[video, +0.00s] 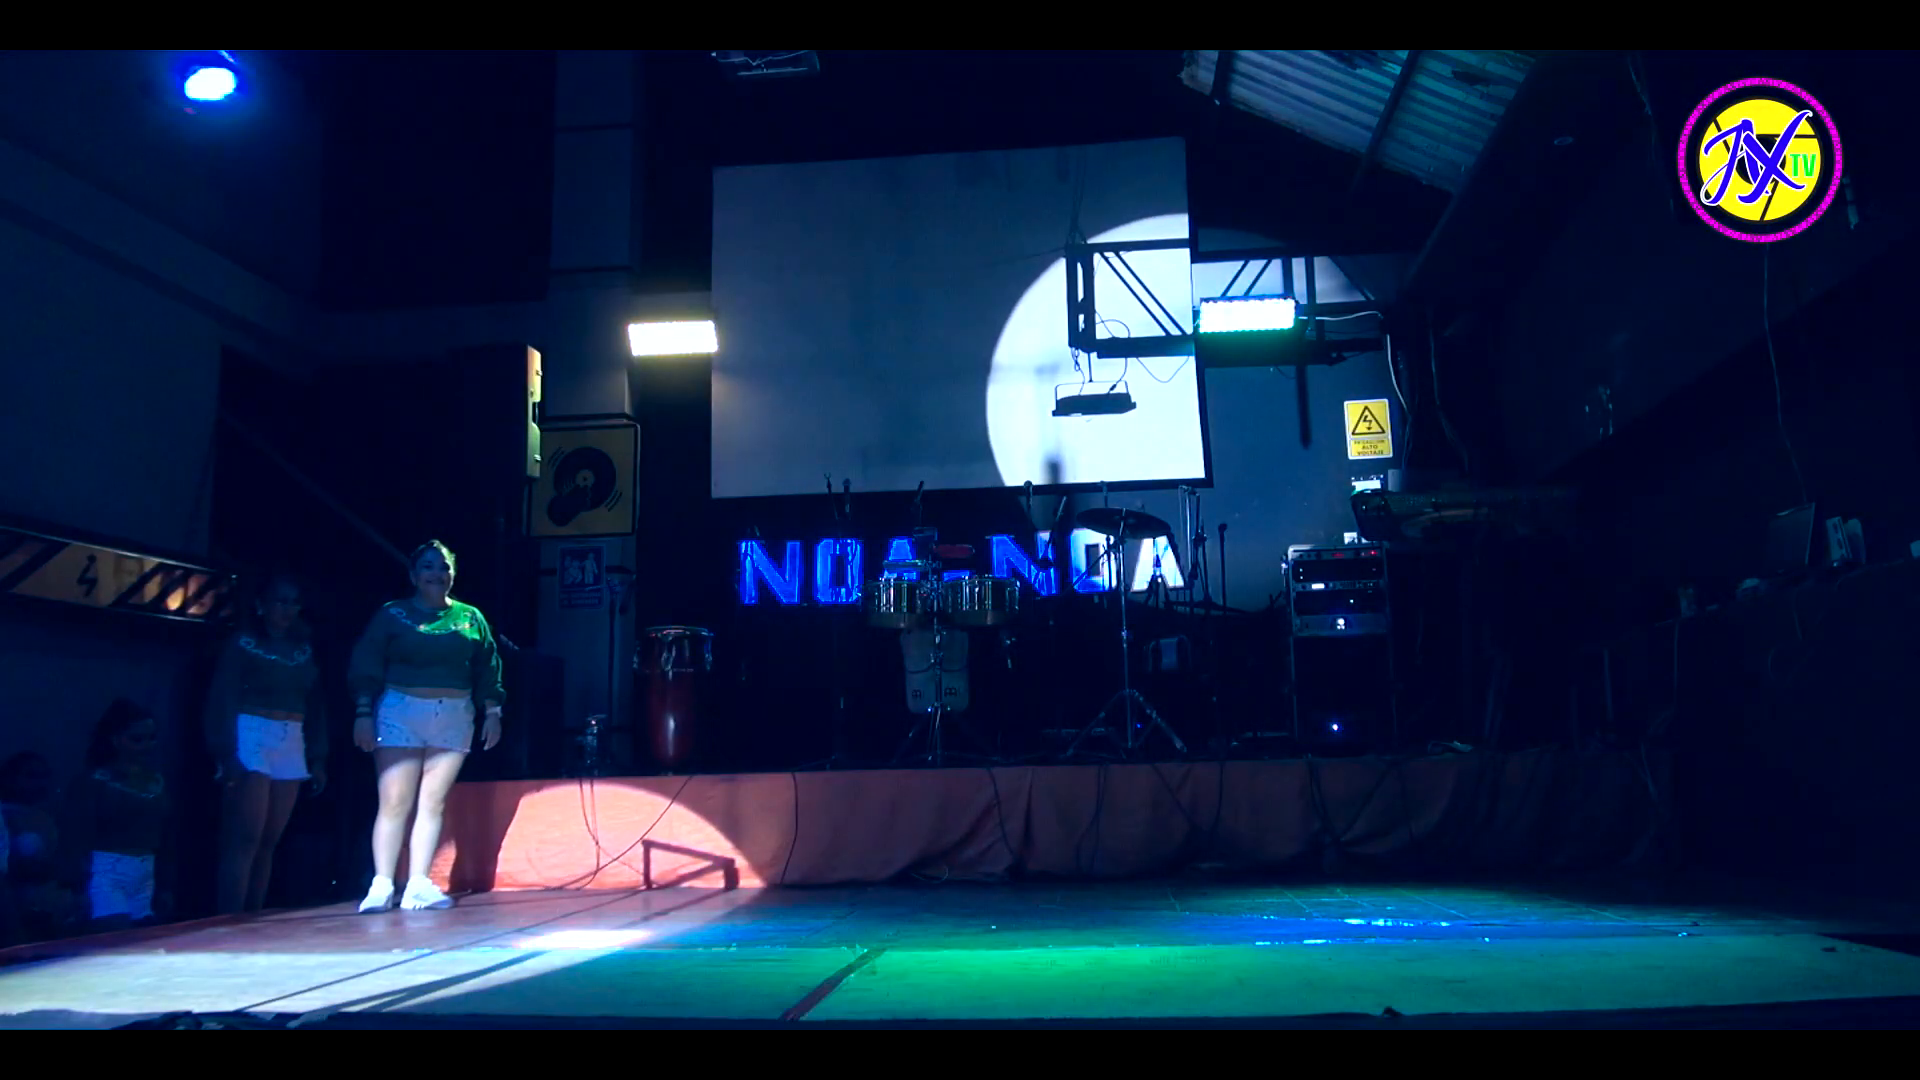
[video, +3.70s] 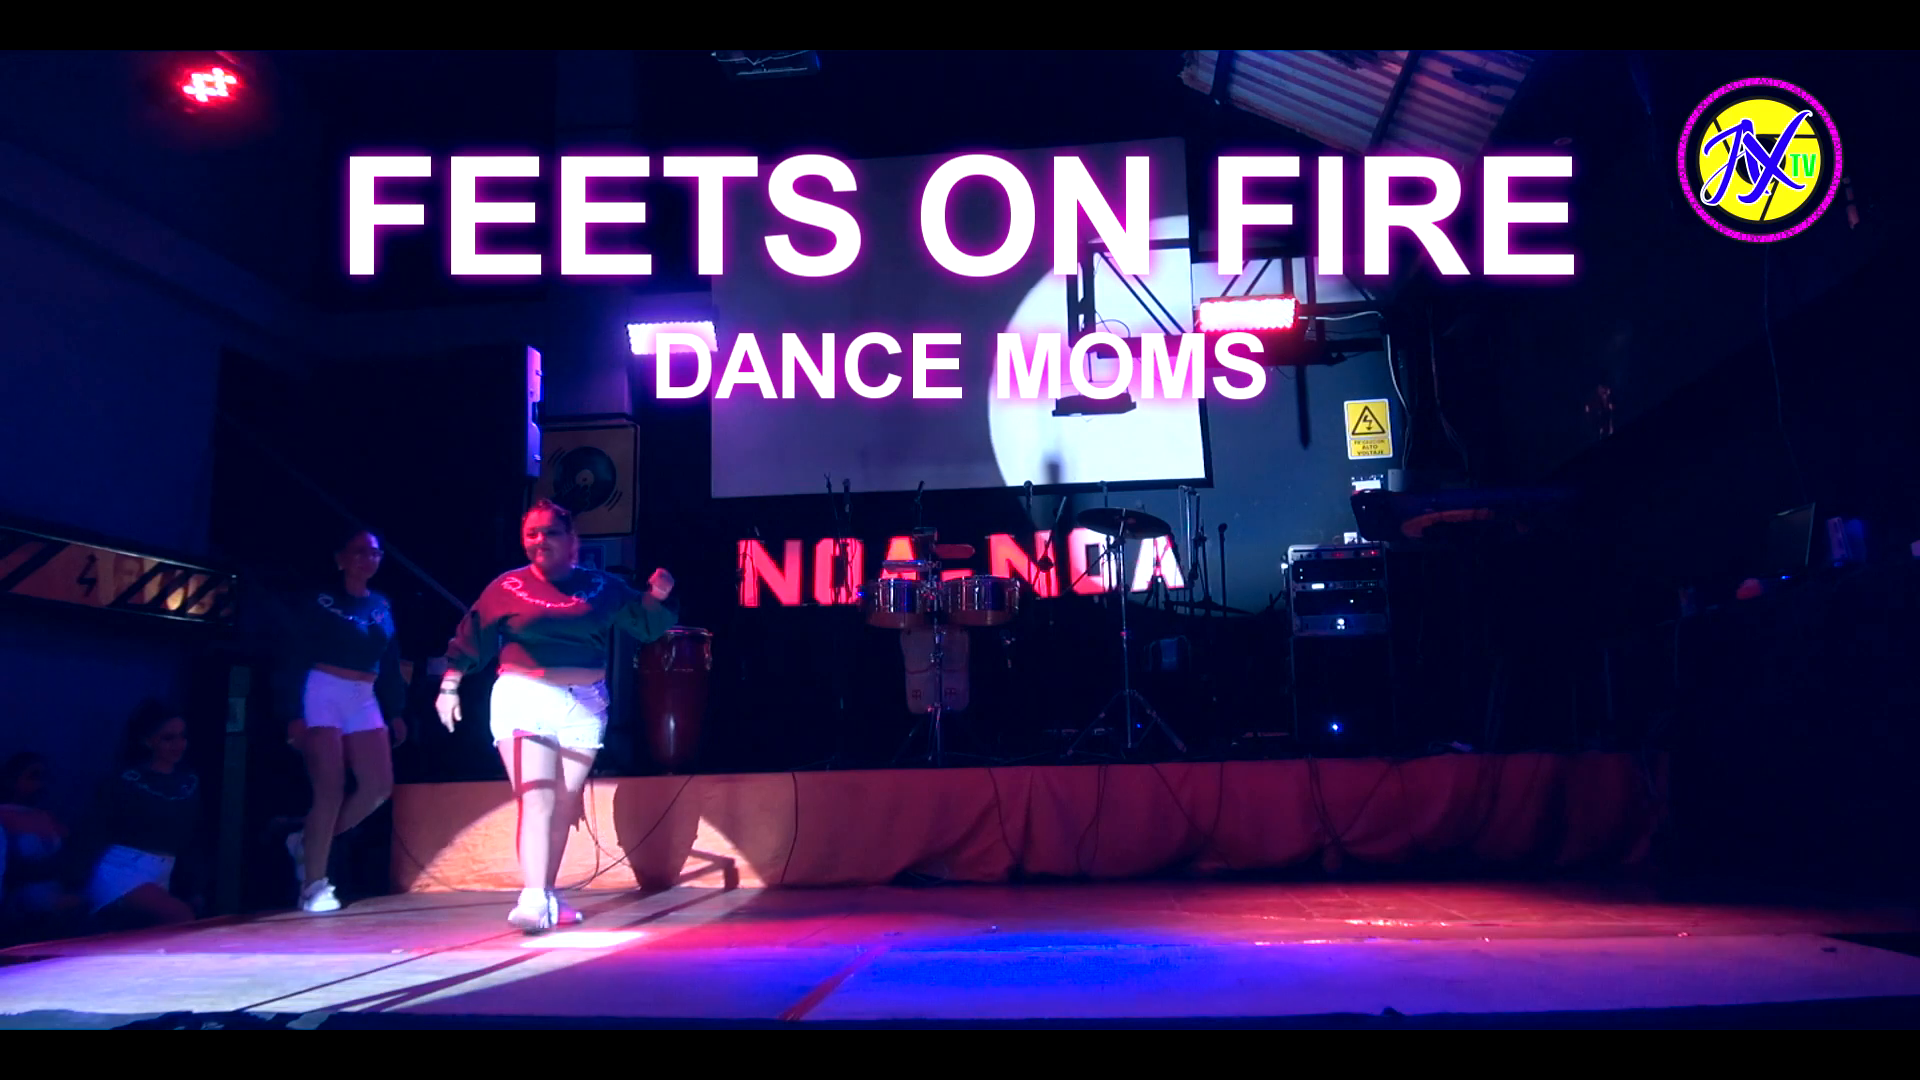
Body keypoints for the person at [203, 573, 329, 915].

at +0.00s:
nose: (286, 610)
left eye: (293, 604)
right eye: (280, 602)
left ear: (299, 608)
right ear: (264, 603)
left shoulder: (304, 651)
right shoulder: (245, 643)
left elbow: (314, 708)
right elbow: (224, 698)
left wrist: (316, 757)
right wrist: (225, 752)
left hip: (293, 734)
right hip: (254, 731)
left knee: (271, 838)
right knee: (248, 834)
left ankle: (254, 915)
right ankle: (231, 915)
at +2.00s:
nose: (280, 611)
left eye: (286, 604)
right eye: (274, 603)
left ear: (293, 609)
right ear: (258, 605)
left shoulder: (298, 647)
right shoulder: (239, 641)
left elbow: (310, 705)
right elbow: (222, 698)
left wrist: (313, 758)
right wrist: (223, 755)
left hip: (290, 733)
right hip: (251, 730)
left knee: (271, 834)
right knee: (248, 828)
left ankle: (255, 912)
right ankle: (232, 911)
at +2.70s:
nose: (295, 610)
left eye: (299, 603)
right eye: (288, 602)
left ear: (304, 609)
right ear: (269, 606)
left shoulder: (310, 652)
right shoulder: (249, 647)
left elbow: (322, 708)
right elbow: (228, 699)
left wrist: (324, 760)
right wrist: (227, 750)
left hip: (300, 736)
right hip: (258, 733)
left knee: (293, 822)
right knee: (288, 813)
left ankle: (263, 906)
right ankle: (244, 894)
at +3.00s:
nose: (305, 610)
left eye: (309, 603)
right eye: (298, 602)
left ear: (313, 610)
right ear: (280, 606)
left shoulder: (320, 653)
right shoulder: (257, 647)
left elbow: (333, 710)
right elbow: (235, 699)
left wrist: (335, 758)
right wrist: (229, 750)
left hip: (308, 734)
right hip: (265, 730)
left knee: (288, 817)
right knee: (323, 783)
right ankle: (293, 873)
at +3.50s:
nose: (348, 577)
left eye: (353, 571)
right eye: (340, 571)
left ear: (360, 577)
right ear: (322, 577)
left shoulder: (365, 625)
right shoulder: (298, 617)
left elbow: (379, 682)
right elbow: (272, 676)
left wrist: (385, 730)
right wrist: (266, 735)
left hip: (343, 716)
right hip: (300, 707)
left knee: (330, 808)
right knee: (332, 795)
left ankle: (276, 897)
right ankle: (315, 887)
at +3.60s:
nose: (358, 565)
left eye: (363, 559)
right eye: (349, 559)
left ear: (369, 568)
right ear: (331, 566)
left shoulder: (372, 614)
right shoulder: (307, 604)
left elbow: (384, 670)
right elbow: (282, 663)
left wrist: (392, 716)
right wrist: (276, 722)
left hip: (353, 704)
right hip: (309, 695)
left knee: (359, 799)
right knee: (329, 789)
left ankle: (283, 867)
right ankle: (314, 886)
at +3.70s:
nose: (370, 558)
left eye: (374, 552)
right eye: (362, 552)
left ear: (379, 560)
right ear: (342, 558)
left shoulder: (380, 606)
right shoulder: (318, 598)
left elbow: (389, 665)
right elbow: (295, 657)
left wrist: (394, 711)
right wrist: (292, 713)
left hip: (364, 694)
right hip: (322, 688)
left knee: (378, 787)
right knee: (329, 789)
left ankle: (308, 841)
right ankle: (315, 885)